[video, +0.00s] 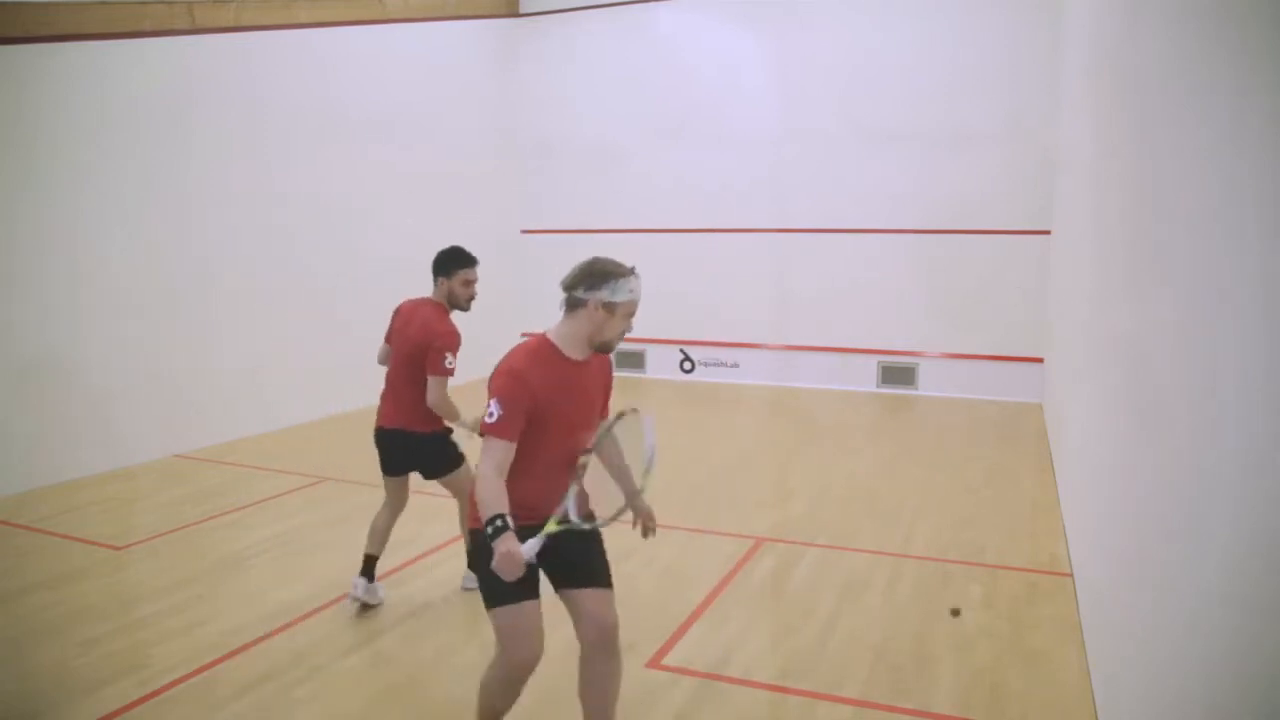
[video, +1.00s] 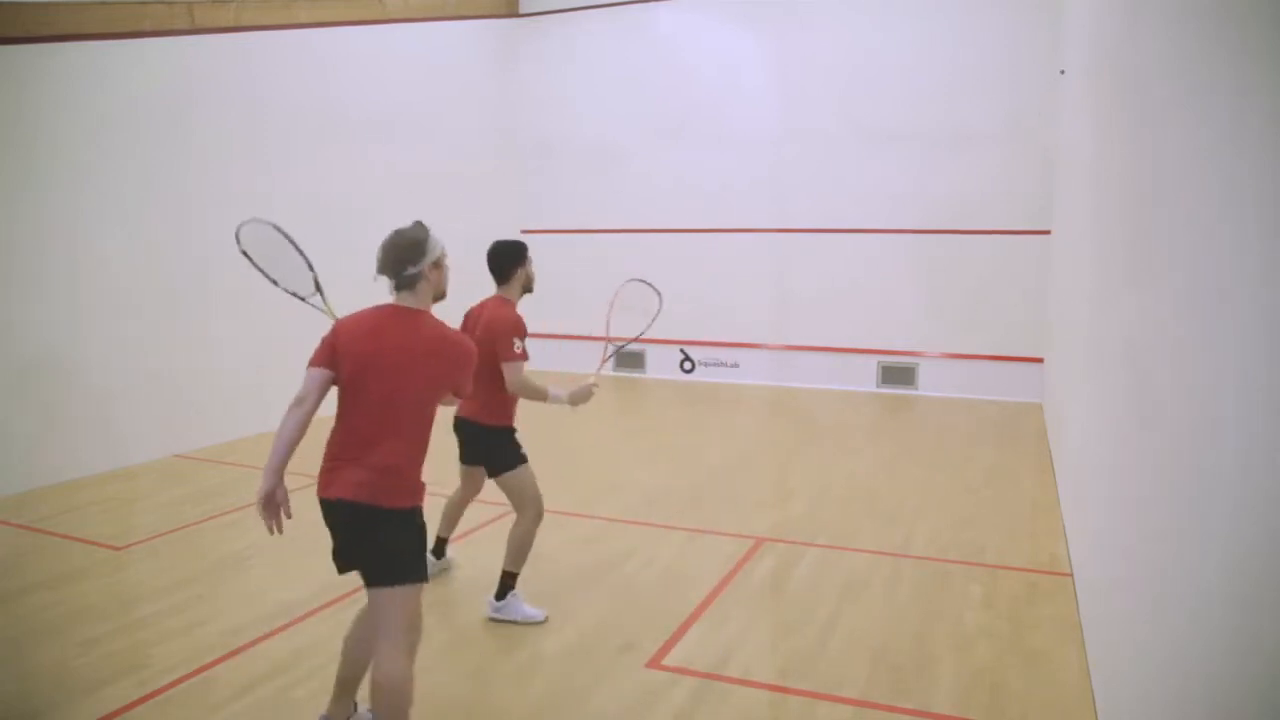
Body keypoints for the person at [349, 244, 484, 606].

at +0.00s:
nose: (474, 293)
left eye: (475, 284)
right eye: (467, 285)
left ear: (441, 283)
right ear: (443, 283)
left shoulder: (406, 309)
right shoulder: (445, 333)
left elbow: (385, 356)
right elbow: (436, 399)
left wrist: (419, 374)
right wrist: (466, 423)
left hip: (388, 430)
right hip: (424, 434)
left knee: (393, 500)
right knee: (468, 491)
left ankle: (365, 578)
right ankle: (477, 569)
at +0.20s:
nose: (497, 287)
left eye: (499, 279)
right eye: (490, 279)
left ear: (466, 277)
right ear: (469, 276)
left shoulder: (434, 299)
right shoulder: (471, 322)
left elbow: (403, 338)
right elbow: (463, 386)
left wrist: (436, 355)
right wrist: (495, 403)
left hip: (409, 408)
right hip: (441, 413)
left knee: (426, 461)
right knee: (465, 472)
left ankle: (404, 535)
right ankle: (448, 551)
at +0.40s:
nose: (497, 291)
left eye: (499, 283)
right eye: (490, 282)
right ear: (470, 281)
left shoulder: (439, 305)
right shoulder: (473, 325)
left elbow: (408, 345)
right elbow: (471, 387)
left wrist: (434, 368)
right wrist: (497, 406)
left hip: (418, 410)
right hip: (442, 419)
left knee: (435, 469)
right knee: (480, 465)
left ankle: (423, 527)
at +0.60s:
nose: (506, 289)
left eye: (506, 282)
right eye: (501, 282)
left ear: (472, 284)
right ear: (481, 283)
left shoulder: (445, 313)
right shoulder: (474, 328)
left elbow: (415, 356)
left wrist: (438, 390)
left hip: (441, 421)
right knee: (507, 491)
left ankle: (466, 550)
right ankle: (467, 553)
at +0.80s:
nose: (514, 273)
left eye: (512, 264)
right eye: (509, 265)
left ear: (478, 266)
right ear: (495, 267)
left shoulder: (451, 306)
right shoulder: (492, 310)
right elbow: (480, 378)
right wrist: (530, 399)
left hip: (440, 416)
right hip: (466, 421)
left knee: (446, 482)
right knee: (512, 487)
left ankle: (423, 554)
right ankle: (486, 569)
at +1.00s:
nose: (533, 271)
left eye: (530, 264)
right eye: (530, 265)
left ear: (498, 272)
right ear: (520, 270)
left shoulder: (476, 313)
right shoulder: (509, 319)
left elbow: (454, 364)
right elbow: (515, 382)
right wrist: (564, 396)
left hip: (466, 423)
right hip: (493, 429)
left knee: (468, 487)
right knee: (531, 508)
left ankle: (435, 555)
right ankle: (504, 597)